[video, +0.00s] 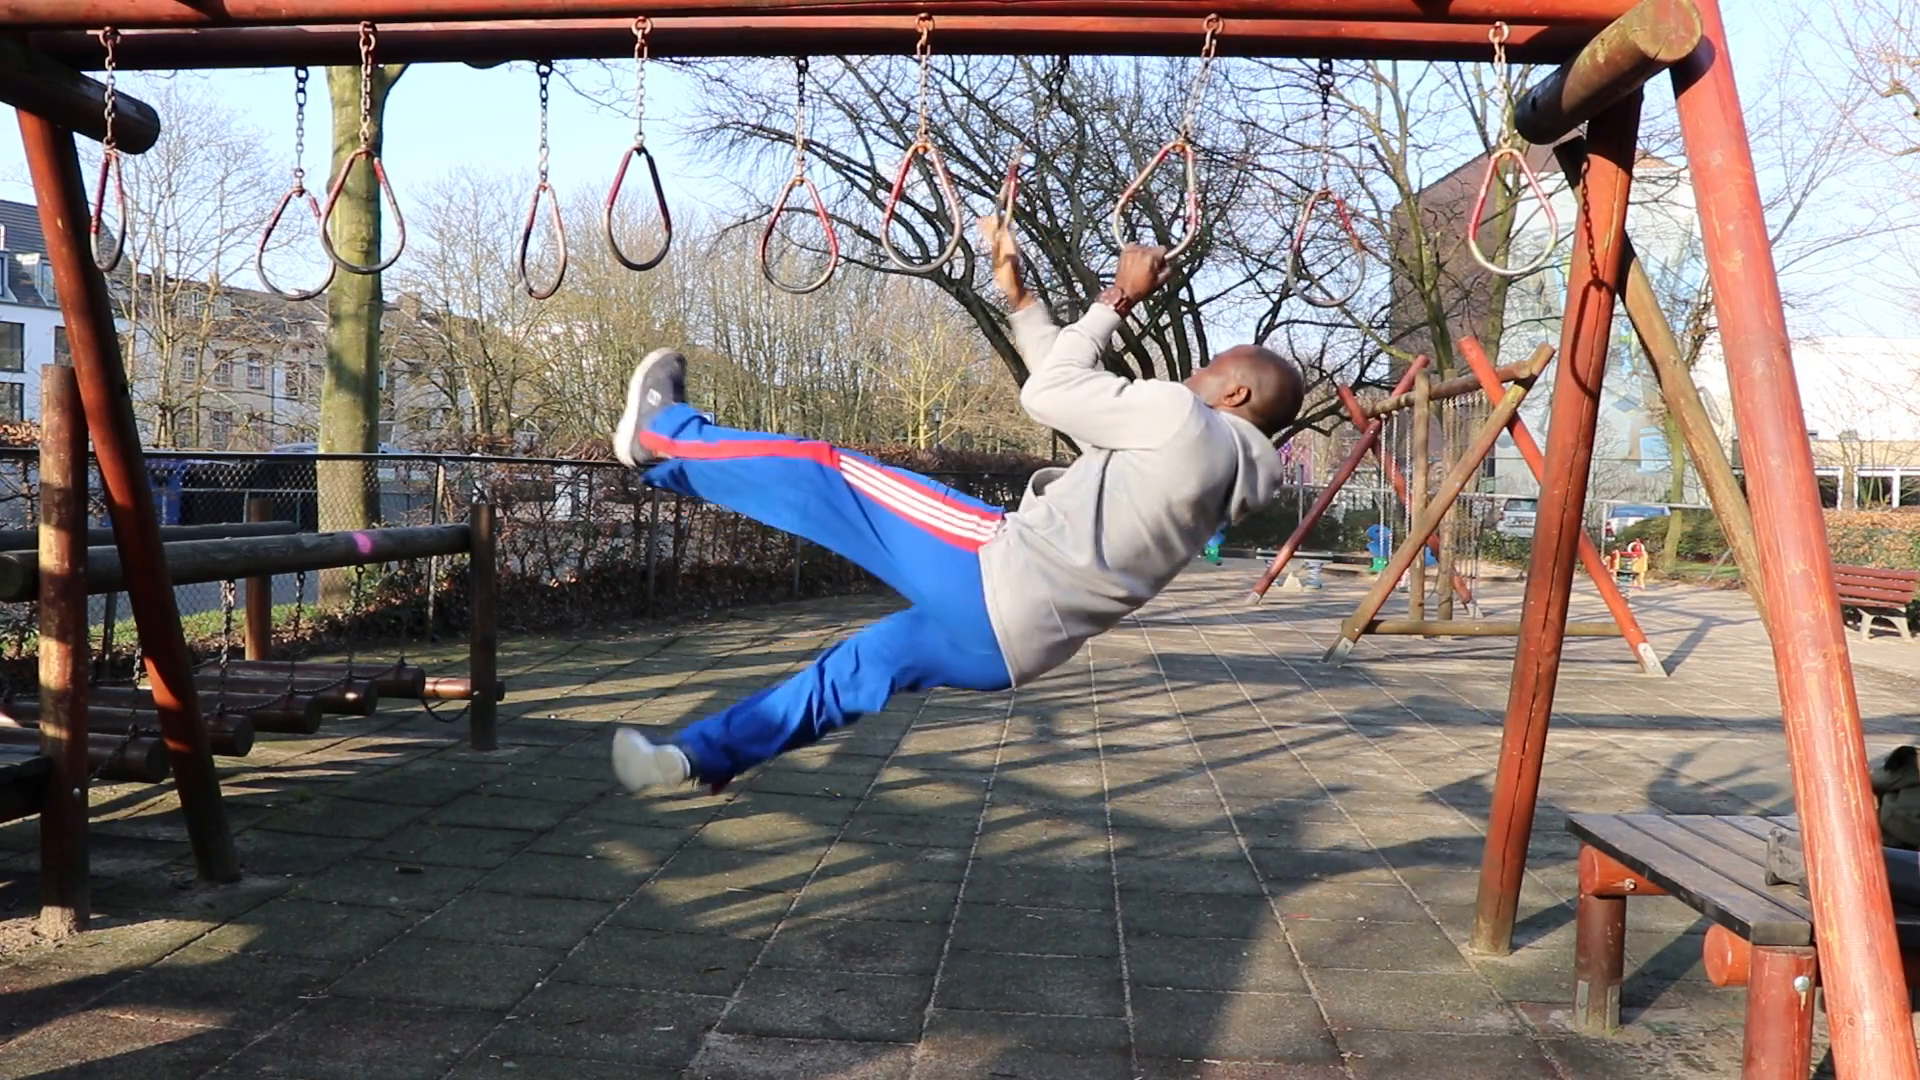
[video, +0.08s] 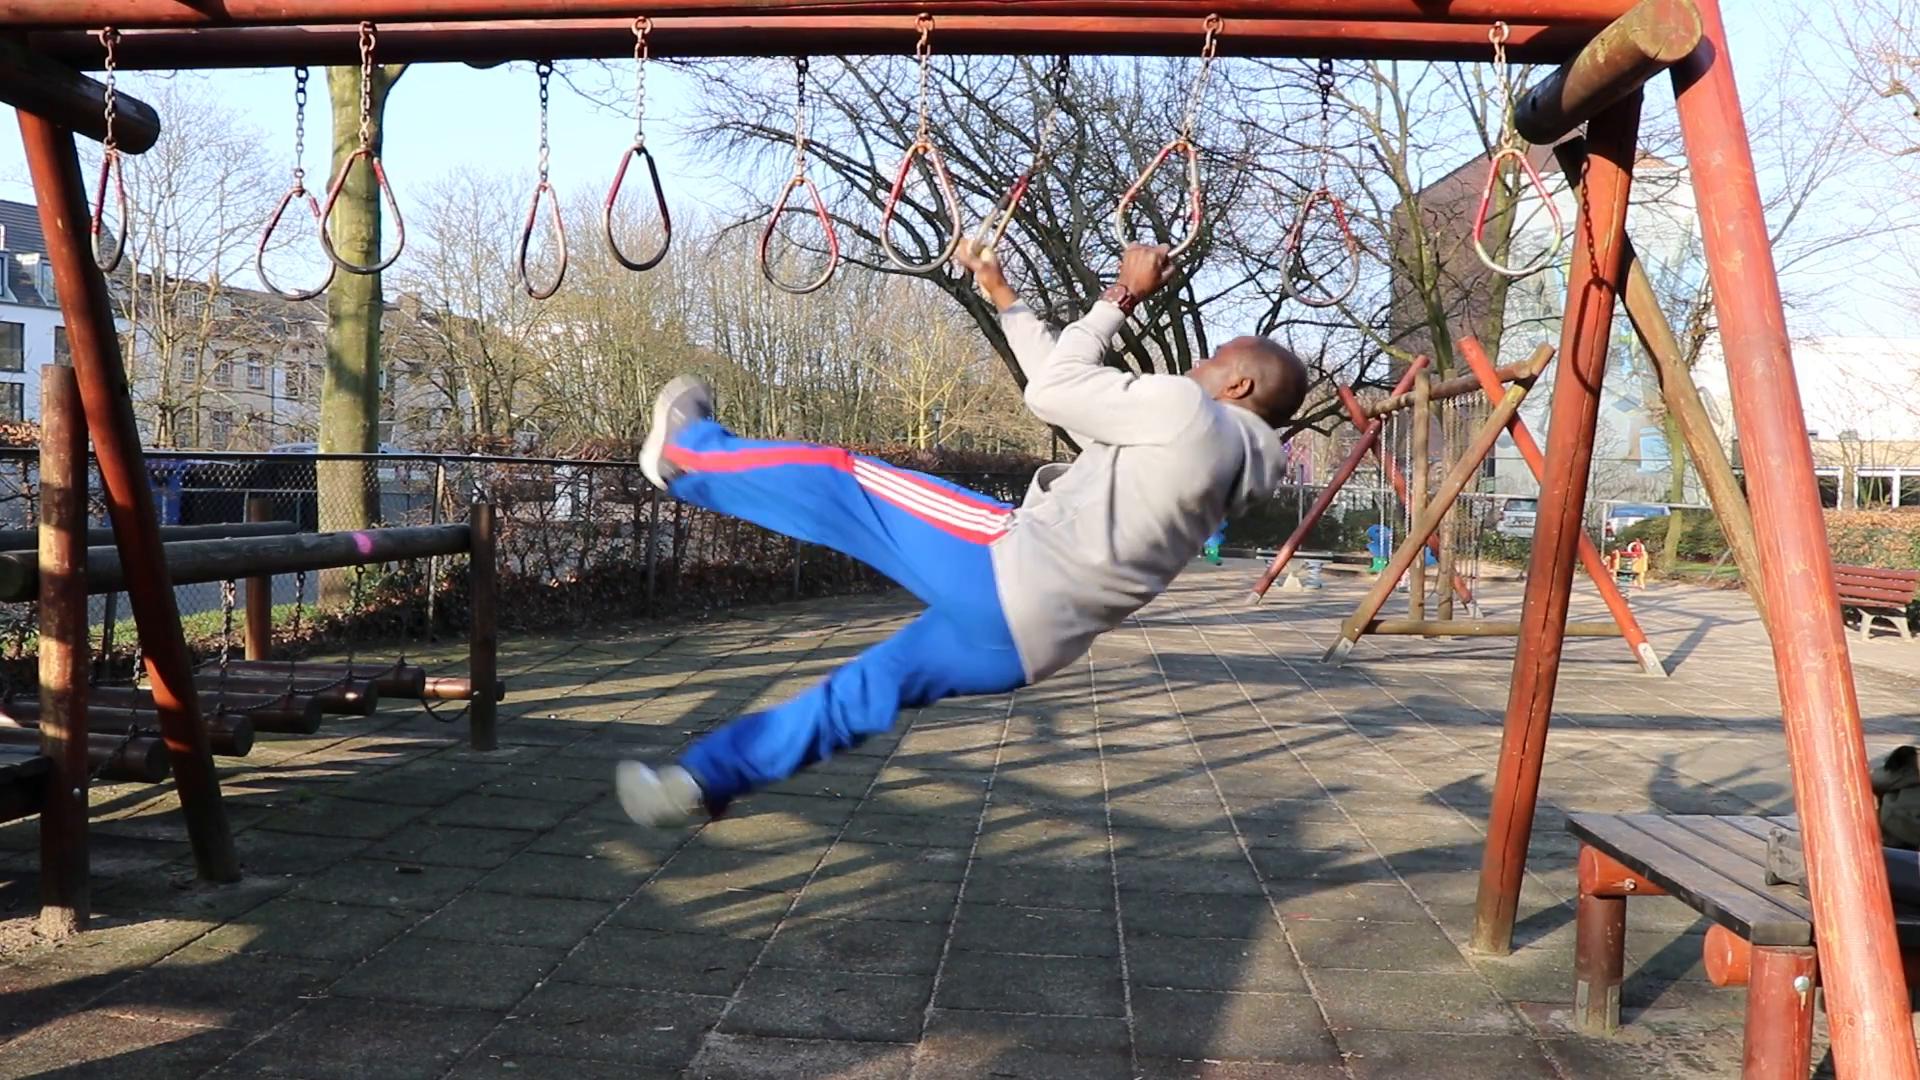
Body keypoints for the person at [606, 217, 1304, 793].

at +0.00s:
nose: (1204, 365)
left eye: (1219, 364)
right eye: (1218, 360)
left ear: (1235, 386)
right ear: (1258, 414)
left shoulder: (1180, 418)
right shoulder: (1228, 473)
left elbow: (1052, 390)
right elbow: (1079, 397)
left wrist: (1118, 298)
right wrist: (1017, 294)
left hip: (993, 574)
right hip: (1011, 653)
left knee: (830, 473)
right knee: (850, 677)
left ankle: (657, 436)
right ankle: (691, 758)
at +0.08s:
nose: (1203, 361)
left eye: (1218, 357)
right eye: (1214, 354)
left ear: (1236, 377)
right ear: (1269, 417)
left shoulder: (1187, 409)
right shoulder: (1249, 465)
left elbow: (1057, 384)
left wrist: (1123, 295)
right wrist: (1004, 302)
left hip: (998, 567)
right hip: (1020, 649)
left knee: (851, 479)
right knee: (857, 699)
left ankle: (687, 450)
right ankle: (695, 781)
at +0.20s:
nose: (1212, 347)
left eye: (1226, 343)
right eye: (1223, 339)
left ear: (1248, 366)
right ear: (1268, 388)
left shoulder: (1197, 391)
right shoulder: (1252, 459)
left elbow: (1061, 385)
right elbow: (1086, 426)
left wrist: (1126, 298)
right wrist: (1039, 323)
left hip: (1030, 564)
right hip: (1062, 648)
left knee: (876, 497)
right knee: (912, 693)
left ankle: (716, 493)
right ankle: (785, 804)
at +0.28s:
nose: (1238, 343)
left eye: (1251, 338)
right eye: (1248, 334)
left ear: (1277, 357)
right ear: (1305, 383)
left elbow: (1088, 387)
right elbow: (1121, 430)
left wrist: (1145, 298)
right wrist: (1072, 323)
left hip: (1061, 557)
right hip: (1100, 638)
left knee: (890, 506)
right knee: (950, 681)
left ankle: (729, 537)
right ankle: (841, 804)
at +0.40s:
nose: (1278, 326)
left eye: (1294, 318)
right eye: (1288, 314)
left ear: (1322, 339)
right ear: (1349, 358)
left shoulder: (1281, 371)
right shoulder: (1336, 422)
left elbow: (1142, 406)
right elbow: (1172, 418)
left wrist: (1172, 302)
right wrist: (1115, 317)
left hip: (1128, 551)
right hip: (1164, 630)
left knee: (937, 509)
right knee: (998, 648)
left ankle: (774, 558)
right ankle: (883, 788)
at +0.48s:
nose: (1300, 317)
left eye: (1316, 307)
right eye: (1309, 306)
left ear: (1352, 327)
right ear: (1371, 339)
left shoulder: (1312, 363)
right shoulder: (1363, 409)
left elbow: (1177, 411)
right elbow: (1201, 432)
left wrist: (1195, 302)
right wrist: (1137, 316)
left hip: (1171, 552)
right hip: (1207, 624)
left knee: (977, 502)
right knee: (1033, 631)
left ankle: (808, 558)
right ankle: (910, 770)